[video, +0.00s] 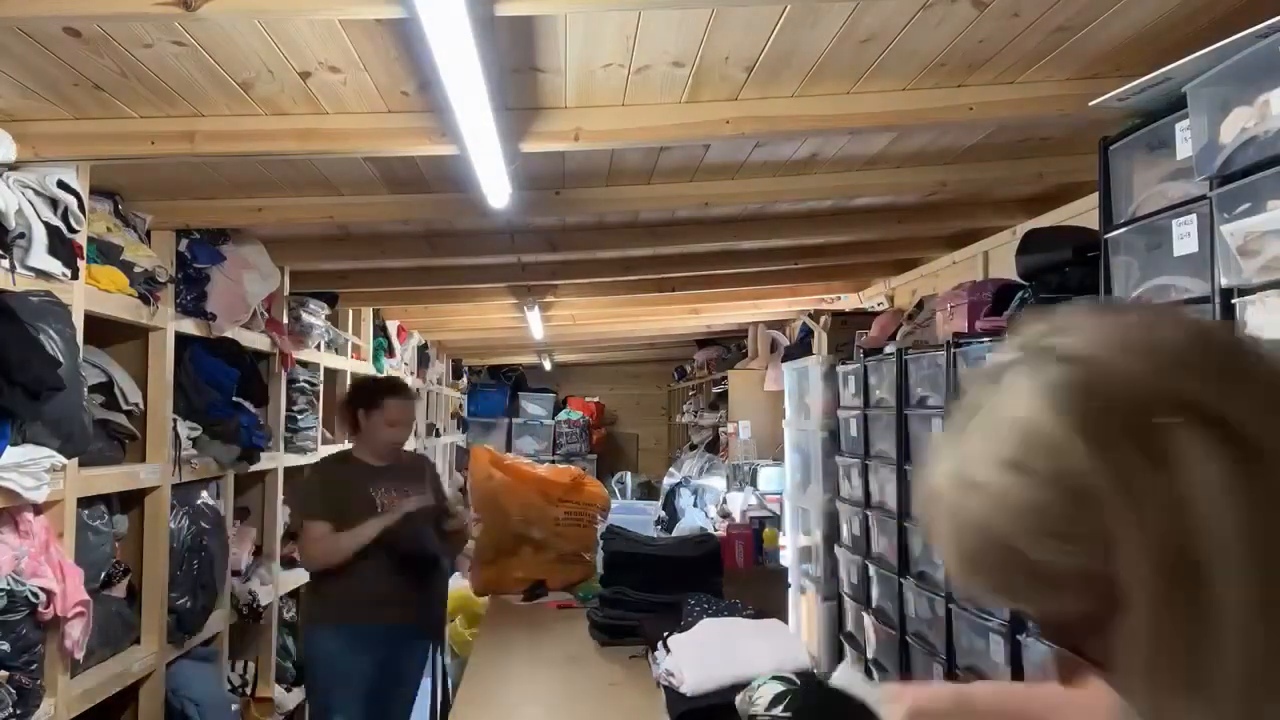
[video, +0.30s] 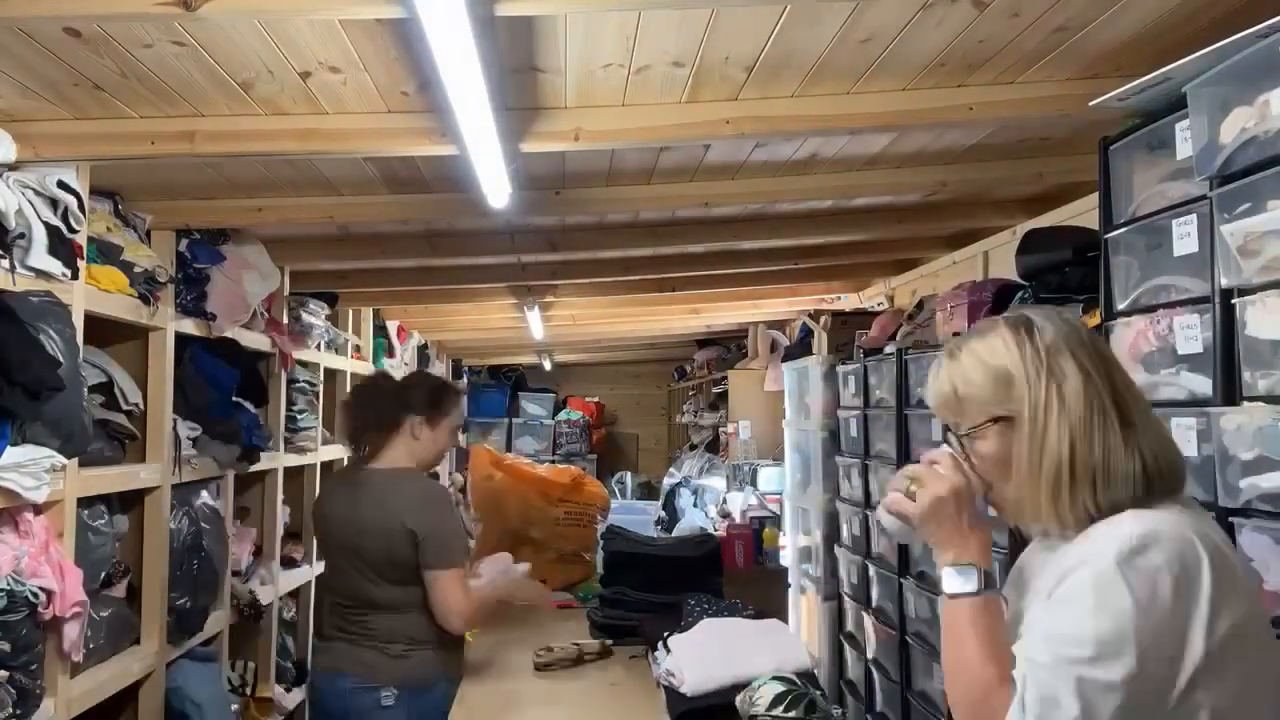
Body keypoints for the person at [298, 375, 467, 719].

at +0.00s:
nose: (402, 435)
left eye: (408, 425)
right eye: (392, 425)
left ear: (414, 420)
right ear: (361, 420)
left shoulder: (421, 470)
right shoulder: (327, 474)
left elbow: (448, 547)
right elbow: (313, 554)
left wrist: (455, 525)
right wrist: (386, 519)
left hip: (410, 631)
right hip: (341, 630)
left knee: (392, 713)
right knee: (342, 712)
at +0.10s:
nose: (305, 456)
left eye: (317, 442)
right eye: (297, 445)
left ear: (357, 431)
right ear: (289, 444)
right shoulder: (278, 497)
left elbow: (428, 597)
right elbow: (241, 584)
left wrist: (380, 651)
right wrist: (244, 635)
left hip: (367, 671)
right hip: (283, 668)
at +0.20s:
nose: (475, 443)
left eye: (477, 432)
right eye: (475, 431)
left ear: (411, 420)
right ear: (453, 424)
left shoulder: (357, 479)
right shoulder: (461, 499)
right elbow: (481, 621)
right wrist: (530, 614)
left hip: (329, 665)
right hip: (410, 680)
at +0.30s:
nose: (452, 444)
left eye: (455, 432)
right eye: (451, 431)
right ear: (417, 427)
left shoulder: (333, 489)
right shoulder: (427, 497)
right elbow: (456, 616)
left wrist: (470, 578)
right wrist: (497, 588)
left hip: (331, 672)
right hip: (403, 684)